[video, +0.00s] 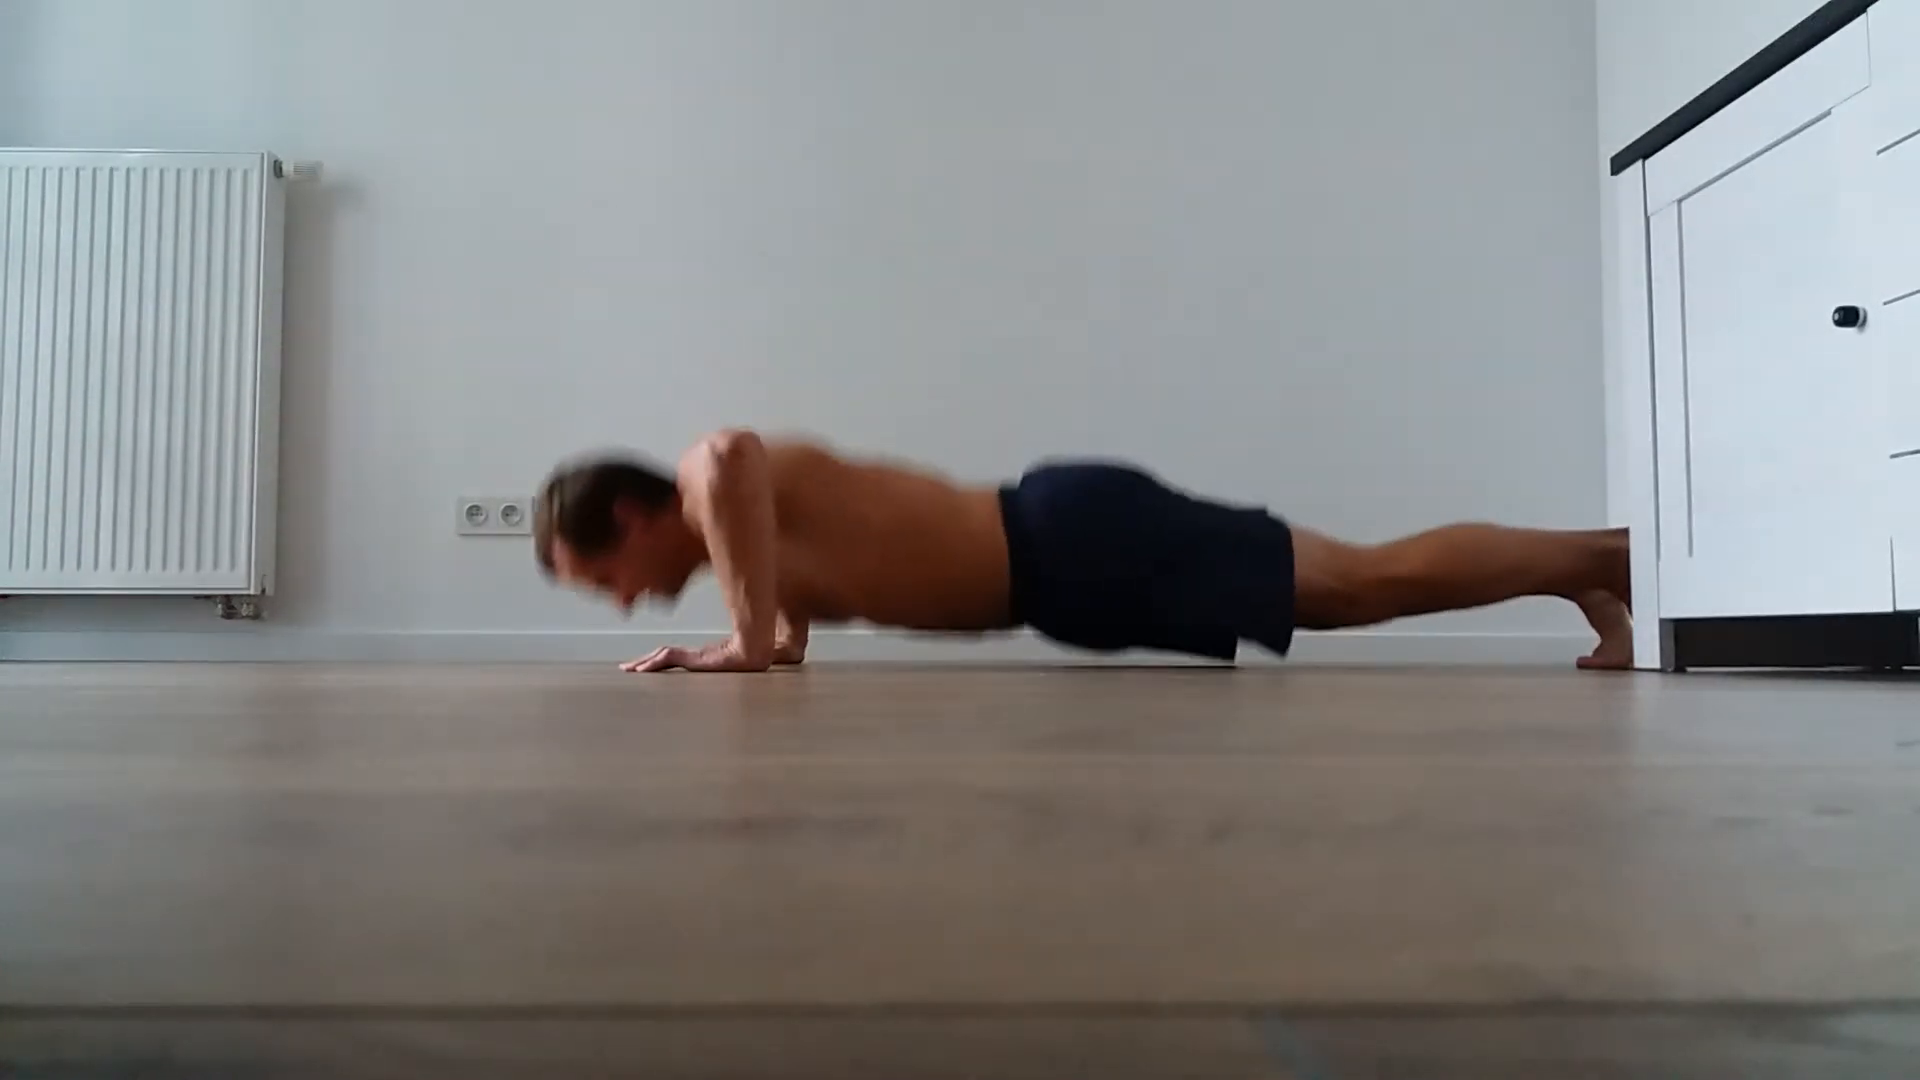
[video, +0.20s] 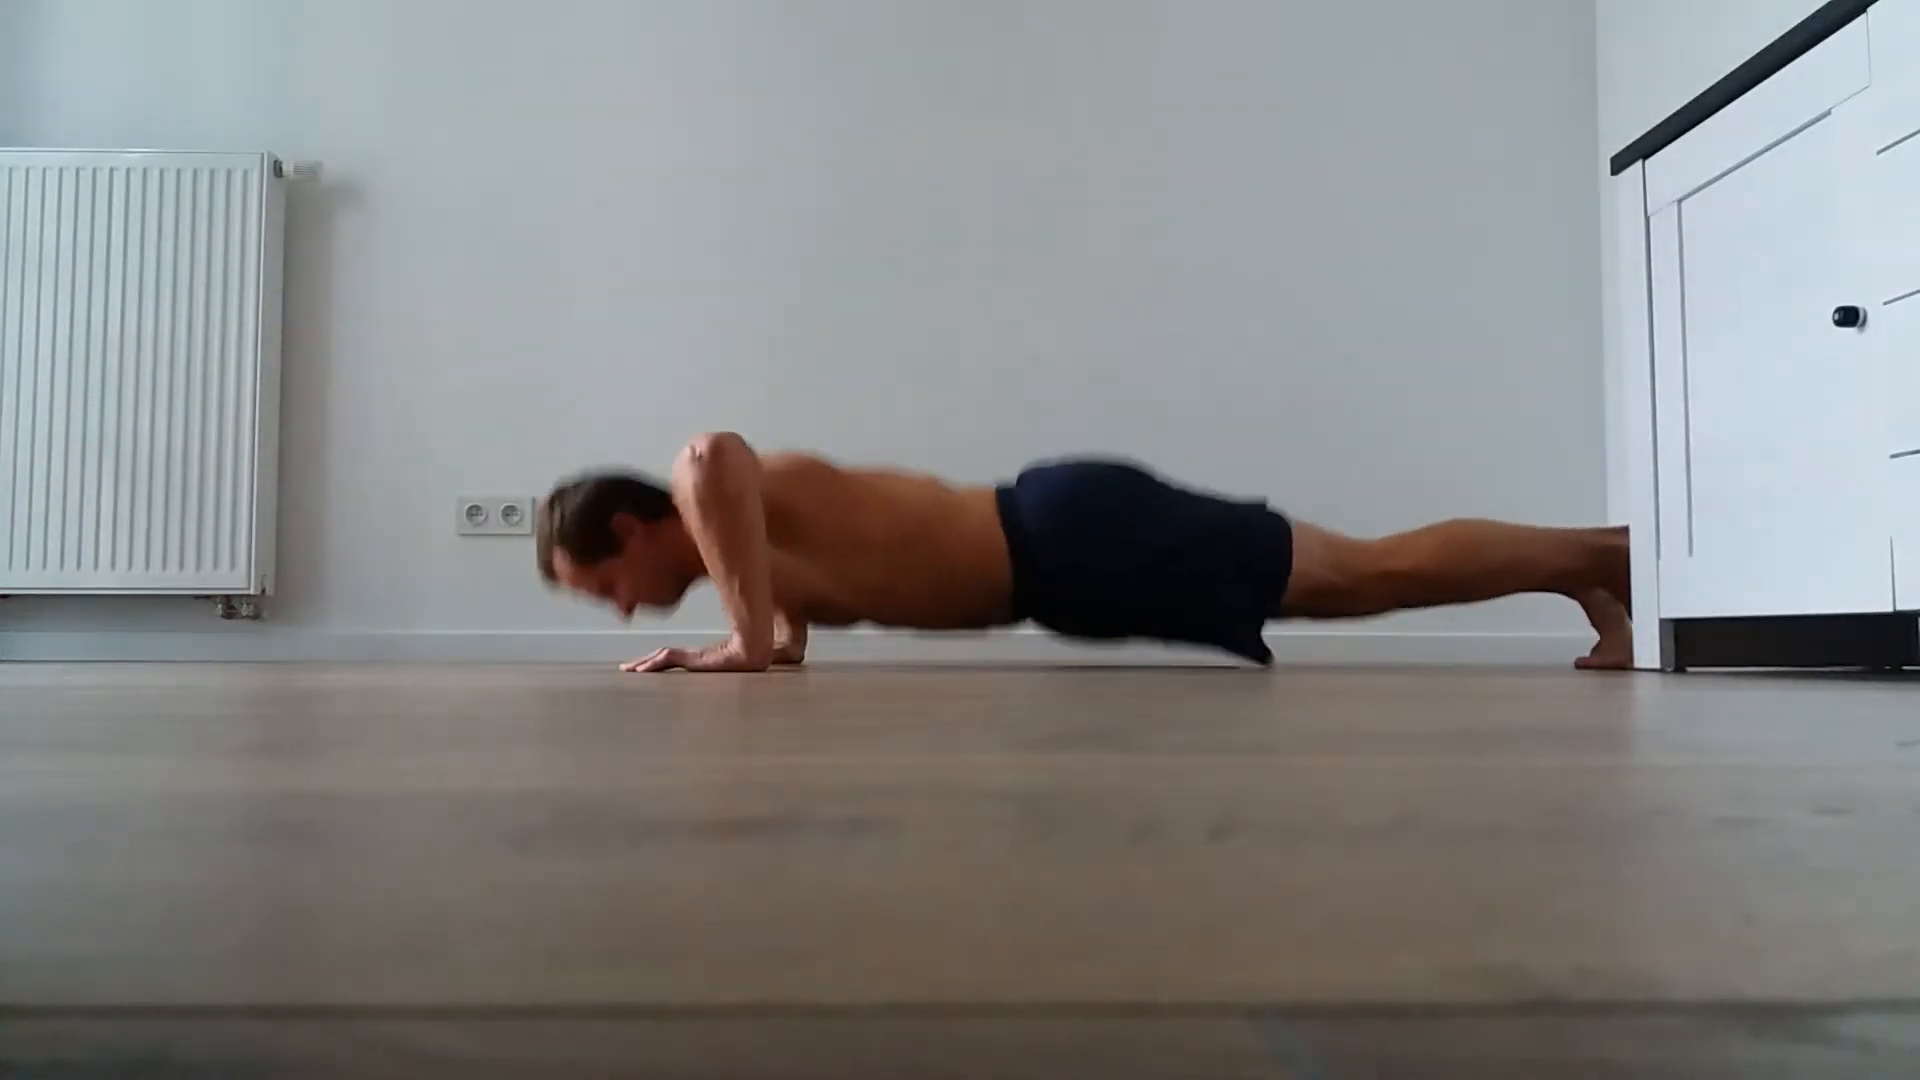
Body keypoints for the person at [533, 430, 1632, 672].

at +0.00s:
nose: (618, 600)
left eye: (603, 582)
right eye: (601, 589)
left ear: (626, 531)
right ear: (633, 533)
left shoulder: (717, 482)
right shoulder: (733, 509)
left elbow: (729, 465)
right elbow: (796, 596)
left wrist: (766, 637)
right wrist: (734, 647)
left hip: (1068, 547)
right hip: (1056, 549)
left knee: (1362, 584)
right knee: (1355, 576)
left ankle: (1594, 563)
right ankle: (1588, 564)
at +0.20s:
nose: (622, 609)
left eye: (608, 590)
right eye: (603, 599)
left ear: (630, 541)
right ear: (632, 546)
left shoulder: (723, 502)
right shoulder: (734, 516)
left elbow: (709, 462)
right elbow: (798, 610)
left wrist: (765, 637)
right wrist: (736, 647)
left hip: (1064, 542)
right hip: (1054, 544)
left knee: (1357, 575)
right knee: (1352, 572)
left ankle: (1593, 559)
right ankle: (1587, 560)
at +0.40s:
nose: (639, 416)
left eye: (625, 396)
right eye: (625, 406)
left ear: (652, 349)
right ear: (663, 349)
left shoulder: (749, 344)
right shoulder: (762, 358)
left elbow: (738, 484)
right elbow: (781, 502)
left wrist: (753, 640)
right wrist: (786, 644)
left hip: (1089, 419)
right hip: (1084, 415)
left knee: (1363, 510)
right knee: (1359, 503)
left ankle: (1597, 553)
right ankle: (1588, 552)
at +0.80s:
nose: (625, 576)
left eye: (609, 560)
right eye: (608, 568)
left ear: (623, 506)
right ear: (631, 512)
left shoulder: (720, 462)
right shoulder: (733, 475)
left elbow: (734, 469)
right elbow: (790, 620)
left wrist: (751, 639)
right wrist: (741, 643)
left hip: (1068, 530)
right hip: (1057, 532)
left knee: (1358, 576)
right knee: (1352, 570)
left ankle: (1595, 563)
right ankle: (1589, 564)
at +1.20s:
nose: (632, 436)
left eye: (618, 417)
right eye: (618, 426)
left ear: (644, 370)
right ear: (656, 371)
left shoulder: (742, 362)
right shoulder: (754, 377)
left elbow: (734, 482)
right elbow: (773, 502)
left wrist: (752, 639)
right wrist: (784, 644)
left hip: (1088, 430)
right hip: (1079, 432)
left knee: (1355, 511)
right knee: (1351, 509)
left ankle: (1595, 553)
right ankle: (1586, 553)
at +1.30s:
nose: (644, 373)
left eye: (628, 351)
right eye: (629, 362)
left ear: (653, 300)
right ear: (658, 314)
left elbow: (742, 461)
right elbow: (784, 500)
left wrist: (752, 634)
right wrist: (785, 643)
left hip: (1094, 391)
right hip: (1083, 400)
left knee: (1360, 492)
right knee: (1354, 491)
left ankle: (1598, 552)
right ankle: (1584, 557)